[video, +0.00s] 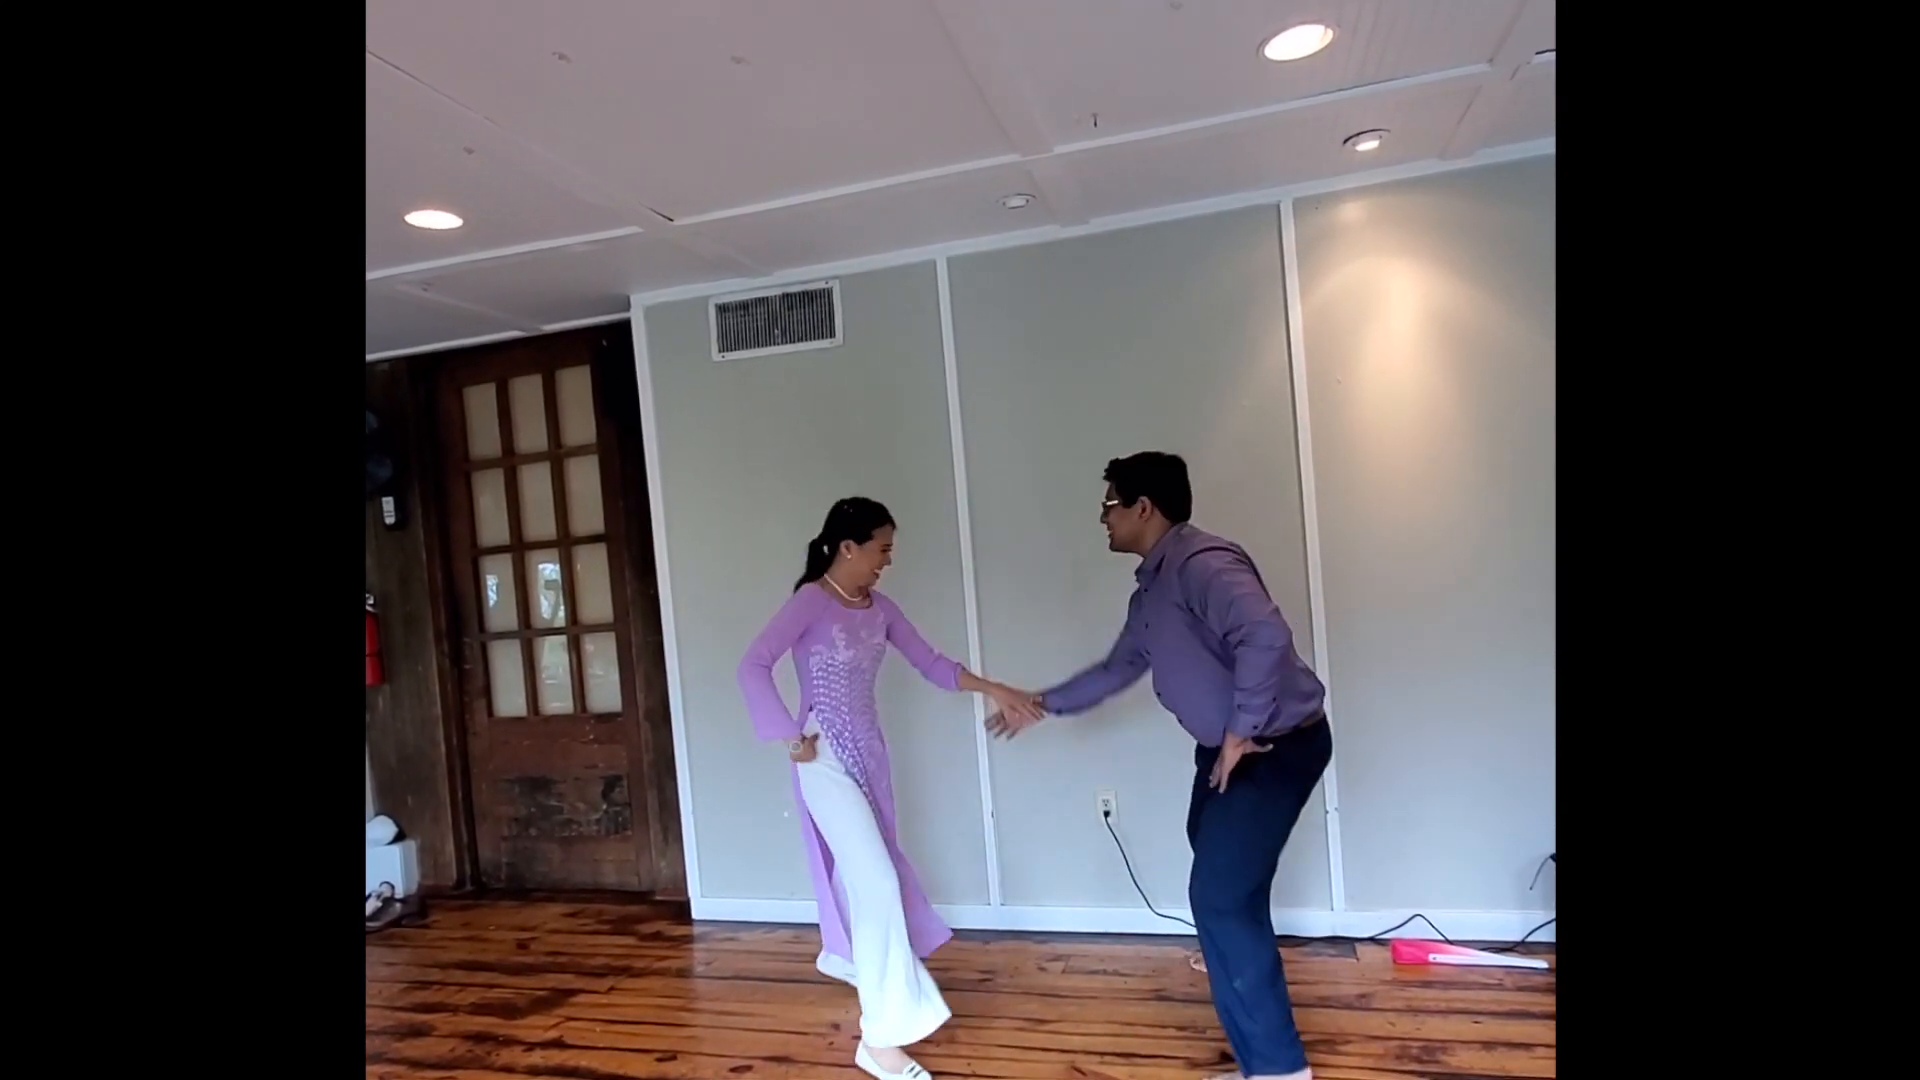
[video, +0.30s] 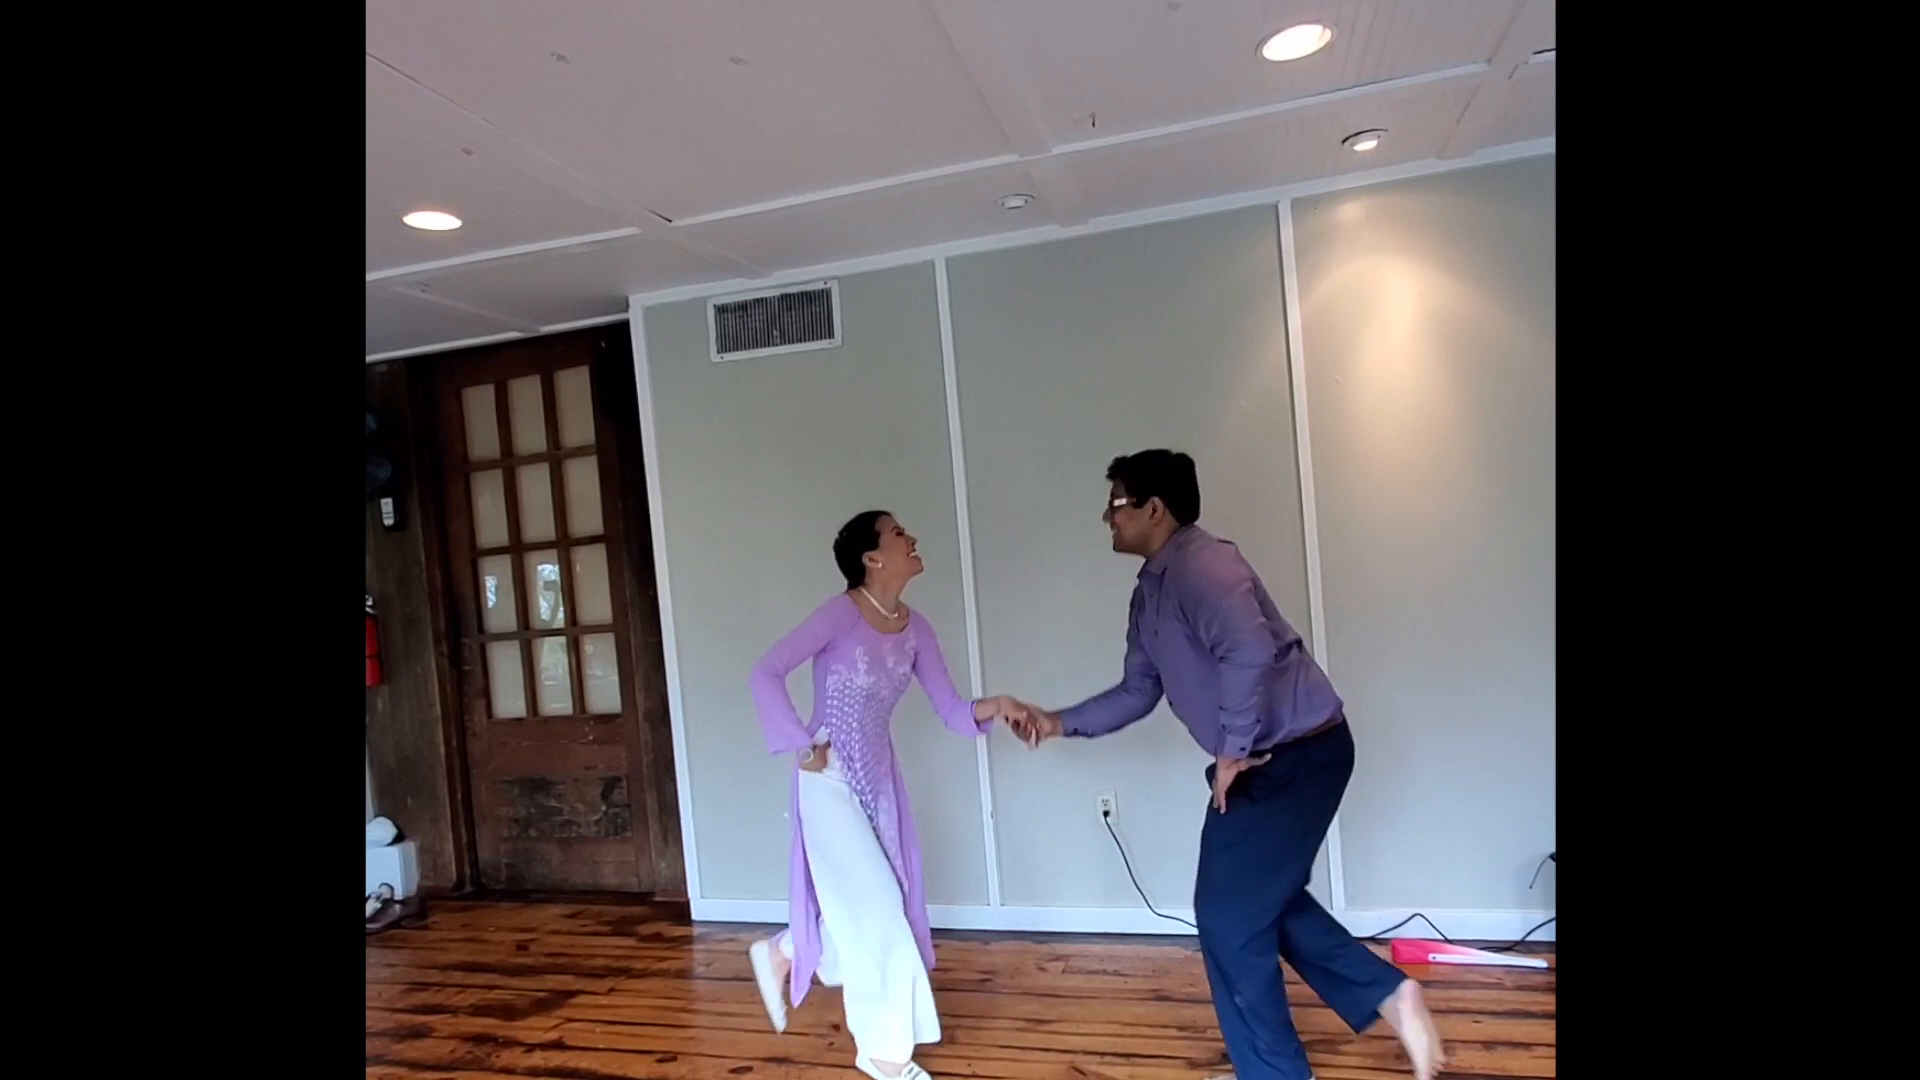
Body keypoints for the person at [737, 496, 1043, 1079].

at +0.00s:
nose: (887, 562)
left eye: (890, 552)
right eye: (881, 551)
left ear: (863, 551)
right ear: (845, 546)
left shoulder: (880, 608)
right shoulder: (810, 602)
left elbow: (931, 664)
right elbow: (753, 668)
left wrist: (996, 689)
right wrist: (789, 735)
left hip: (870, 757)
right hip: (824, 758)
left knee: (871, 862)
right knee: (877, 877)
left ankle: (842, 951)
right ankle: (879, 1038)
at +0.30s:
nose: (913, 541)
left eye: (907, 534)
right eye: (900, 536)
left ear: (886, 559)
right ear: (871, 559)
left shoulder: (915, 628)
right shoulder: (842, 612)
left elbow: (953, 714)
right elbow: (765, 673)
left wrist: (996, 706)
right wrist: (796, 740)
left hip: (879, 777)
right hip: (827, 776)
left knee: (876, 898)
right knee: (879, 900)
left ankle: (779, 955)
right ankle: (884, 1053)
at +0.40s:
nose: (920, 528)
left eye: (914, 520)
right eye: (906, 523)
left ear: (897, 544)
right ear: (876, 544)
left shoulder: (925, 603)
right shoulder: (850, 593)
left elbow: (953, 689)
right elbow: (775, 653)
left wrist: (995, 673)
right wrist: (807, 727)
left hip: (886, 759)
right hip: (836, 756)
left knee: (861, 891)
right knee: (871, 890)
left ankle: (758, 999)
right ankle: (879, 1047)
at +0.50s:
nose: (928, 532)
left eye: (924, 523)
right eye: (916, 525)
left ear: (899, 542)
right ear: (885, 543)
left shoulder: (924, 605)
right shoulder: (849, 601)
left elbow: (951, 681)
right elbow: (780, 662)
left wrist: (998, 659)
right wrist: (817, 727)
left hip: (896, 769)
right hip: (849, 764)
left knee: (872, 899)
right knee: (879, 898)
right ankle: (872, 1048)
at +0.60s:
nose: (933, 540)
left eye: (929, 531)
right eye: (921, 533)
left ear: (902, 550)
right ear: (889, 550)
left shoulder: (926, 623)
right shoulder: (856, 613)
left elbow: (957, 703)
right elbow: (796, 686)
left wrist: (1006, 685)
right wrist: (836, 743)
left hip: (903, 776)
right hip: (857, 773)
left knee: (877, 902)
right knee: (903, 901)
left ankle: (771, 986)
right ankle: (872, 1045)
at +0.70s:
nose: (940, 552)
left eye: (935, 543)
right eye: (928, 545)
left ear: (904, 561)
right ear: (896, 560)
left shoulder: (929, 633)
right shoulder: (871, 623)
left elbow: (961, 712)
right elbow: (815, 700)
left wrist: (1024, 709)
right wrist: (857, 762)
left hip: (902, 783)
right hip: (862, 783)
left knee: (933, 891)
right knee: (916, 903)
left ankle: (841, 954)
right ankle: (881, 1050)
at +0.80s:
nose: (947, 554)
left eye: (944, 545)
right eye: (937, 547)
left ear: (915, 561)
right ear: (905, 561)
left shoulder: (936, 630)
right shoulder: (883, 620)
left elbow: (969, 704)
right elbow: (847, 696)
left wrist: (1044, 718)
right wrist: (881, 767)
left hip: (912, 780)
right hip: (872, 784)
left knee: (980, 871)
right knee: (918, 905)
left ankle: (913, 975)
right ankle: (890, 1052)